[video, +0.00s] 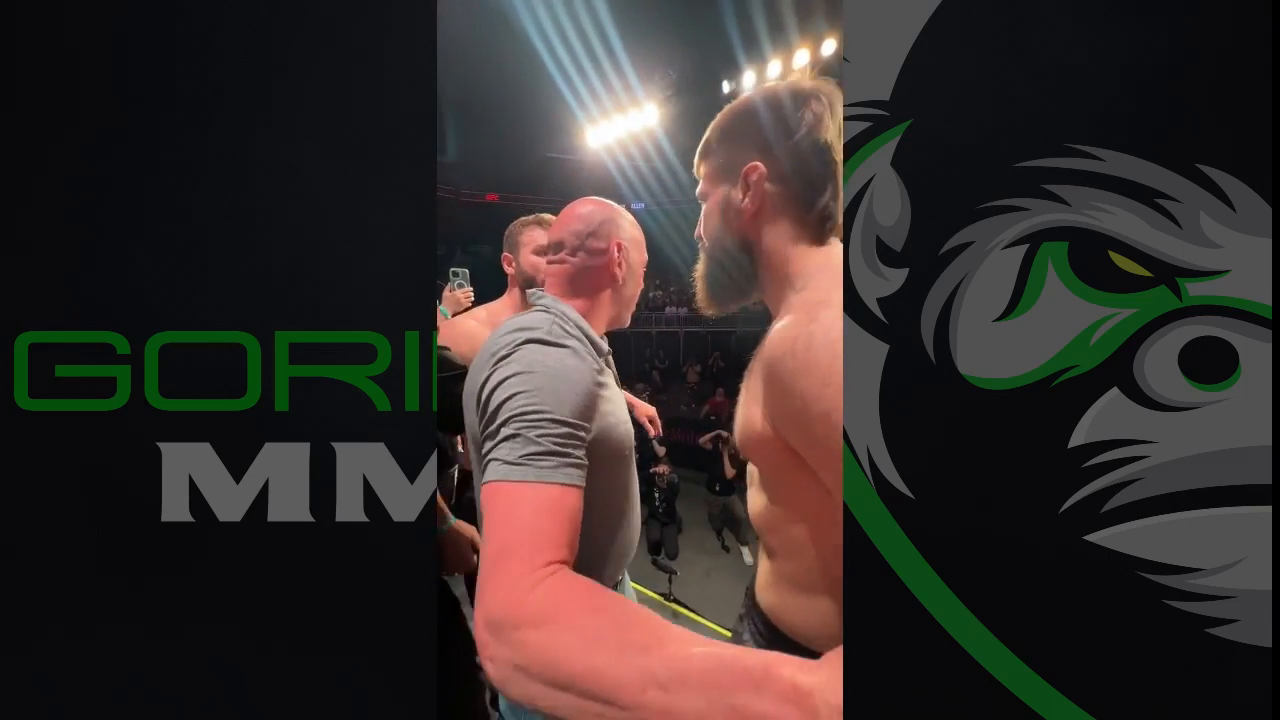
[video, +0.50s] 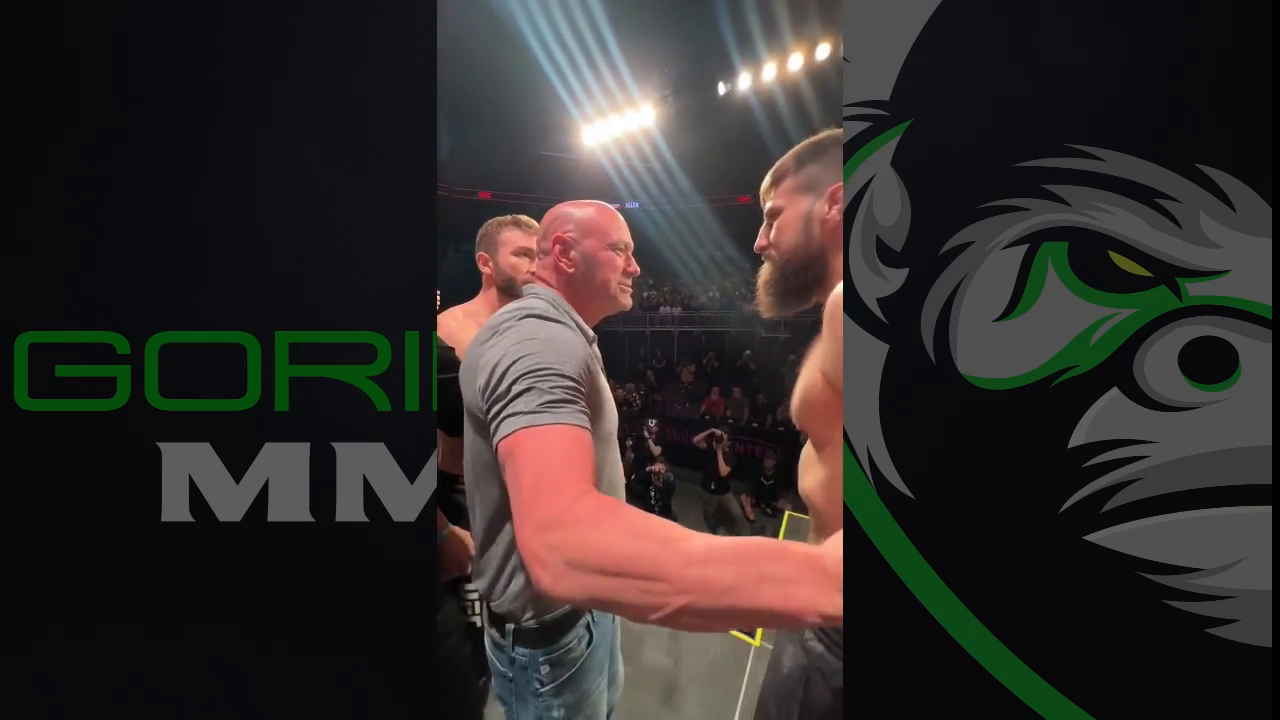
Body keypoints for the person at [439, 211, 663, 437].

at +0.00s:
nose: (554, 261)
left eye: (557, 251)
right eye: (541, 251)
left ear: (569, 257)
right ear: (509, 263)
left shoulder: (553, 323)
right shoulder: (465, 331)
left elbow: (579, 375)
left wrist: (630, 402)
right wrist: (444, 312)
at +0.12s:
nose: (550, 265)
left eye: (553, 255)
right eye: (539, 256)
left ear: (558, 262)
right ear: (507, 267)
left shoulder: (544, 328)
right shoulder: (462, 331)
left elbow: (565, 388)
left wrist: (617, 407)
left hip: (535, 481)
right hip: (479, 487)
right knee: (489, 607)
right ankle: (493, 696)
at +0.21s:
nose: (547, 268)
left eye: (551, 258)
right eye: (536, 258)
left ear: (558, 262)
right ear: (503, 267)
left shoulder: (539, 333)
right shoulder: (455, 334)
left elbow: (565, 398)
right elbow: (415, 432)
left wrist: (618, 417)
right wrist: (441, 522)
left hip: (530, 490)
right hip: (472, 497)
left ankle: (526, 701)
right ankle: (488, 702)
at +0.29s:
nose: (543, 268)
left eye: (547, 258)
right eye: (532, 257)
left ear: (554, 263)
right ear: (499, 265)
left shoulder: (539, 333)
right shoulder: (452, 332)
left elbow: (558, 408)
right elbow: (415, 431)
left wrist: (615, 432)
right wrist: (440, 523)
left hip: (525, 490)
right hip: (466, 497)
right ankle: (482, 700)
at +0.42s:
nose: (536, 264)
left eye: (540, 255)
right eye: (524, 254)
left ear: (548, 262)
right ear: (489, 263)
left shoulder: (534, 332)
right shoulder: (449, 330)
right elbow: (414, 434)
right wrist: (441, 527)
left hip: (526, 486)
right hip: (464, 493)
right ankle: (471, 689)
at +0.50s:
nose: (534, 264)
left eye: (538, 255)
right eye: (522, 254)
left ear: (545, 261)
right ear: (485, 261)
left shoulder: (530, 331)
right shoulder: (446, 331)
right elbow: (413, 436)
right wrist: (441, 529)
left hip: (521, 486)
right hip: (460, 495)